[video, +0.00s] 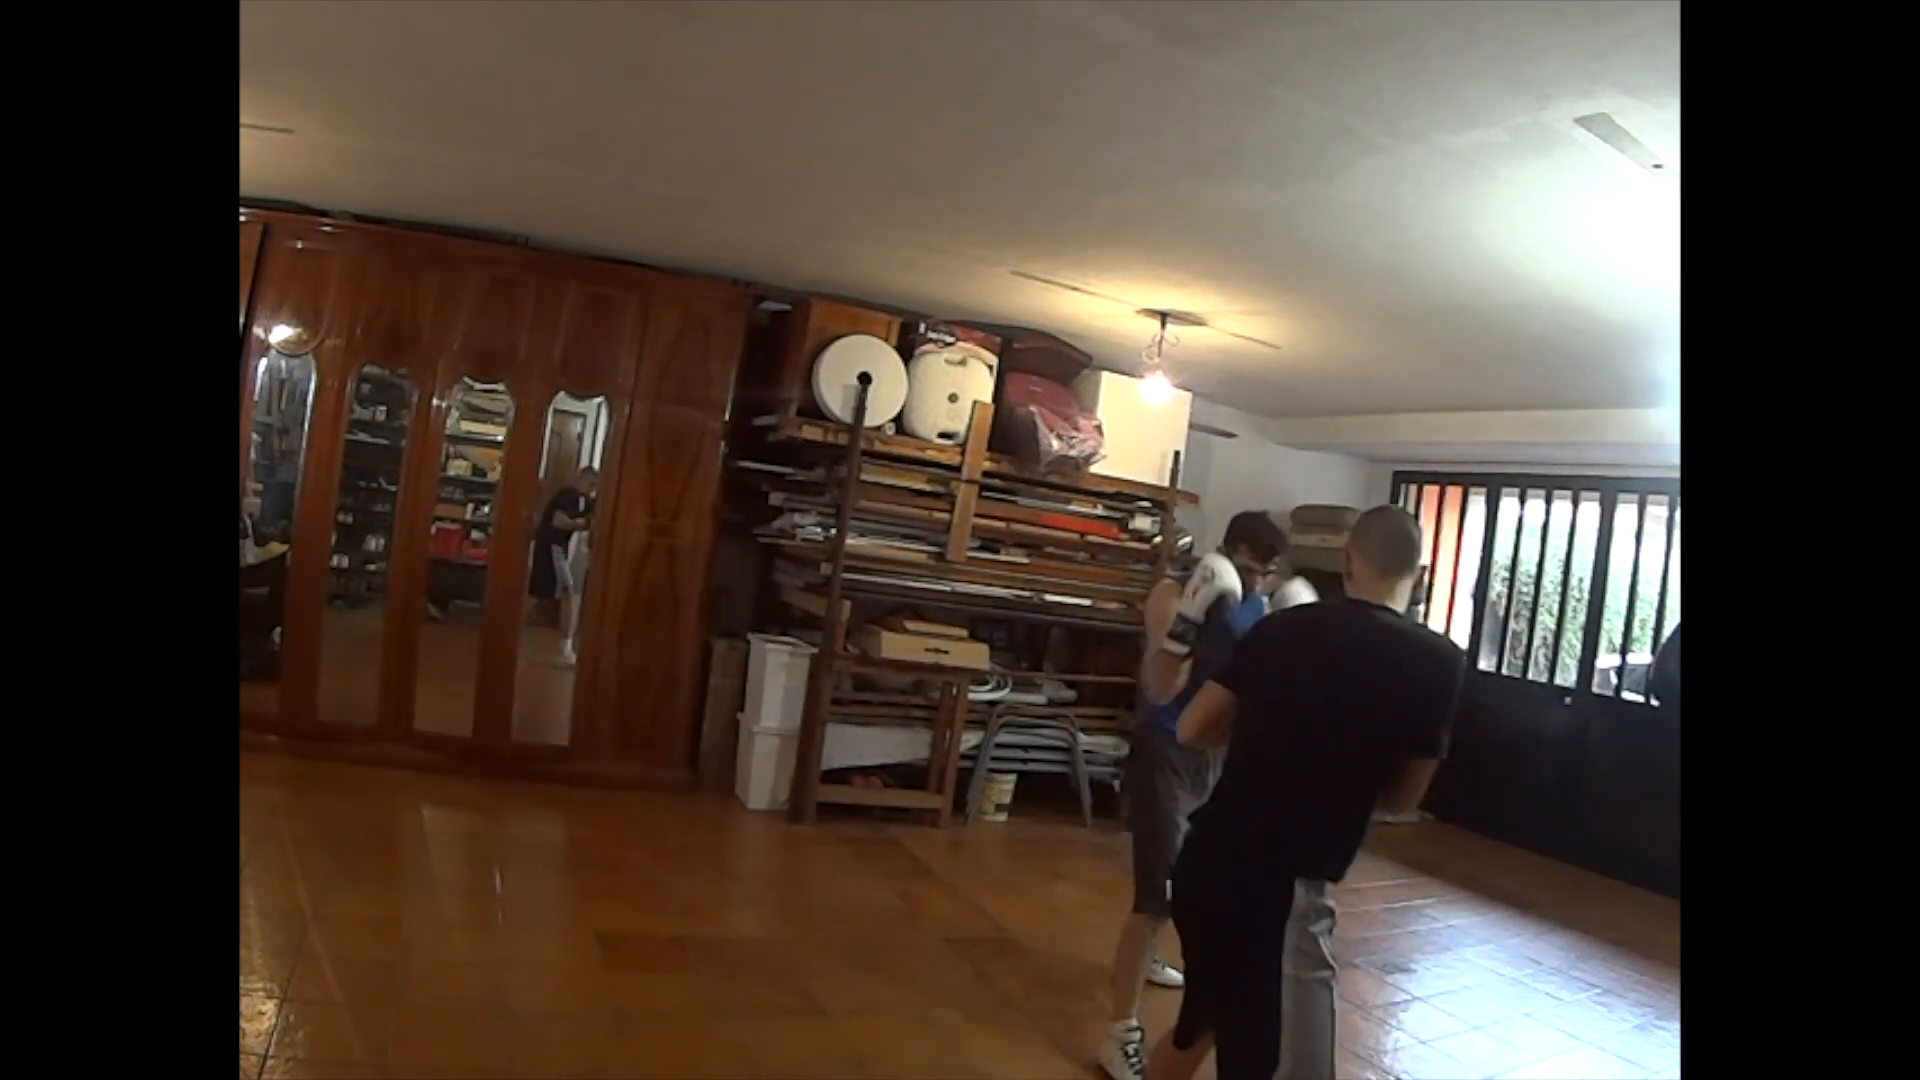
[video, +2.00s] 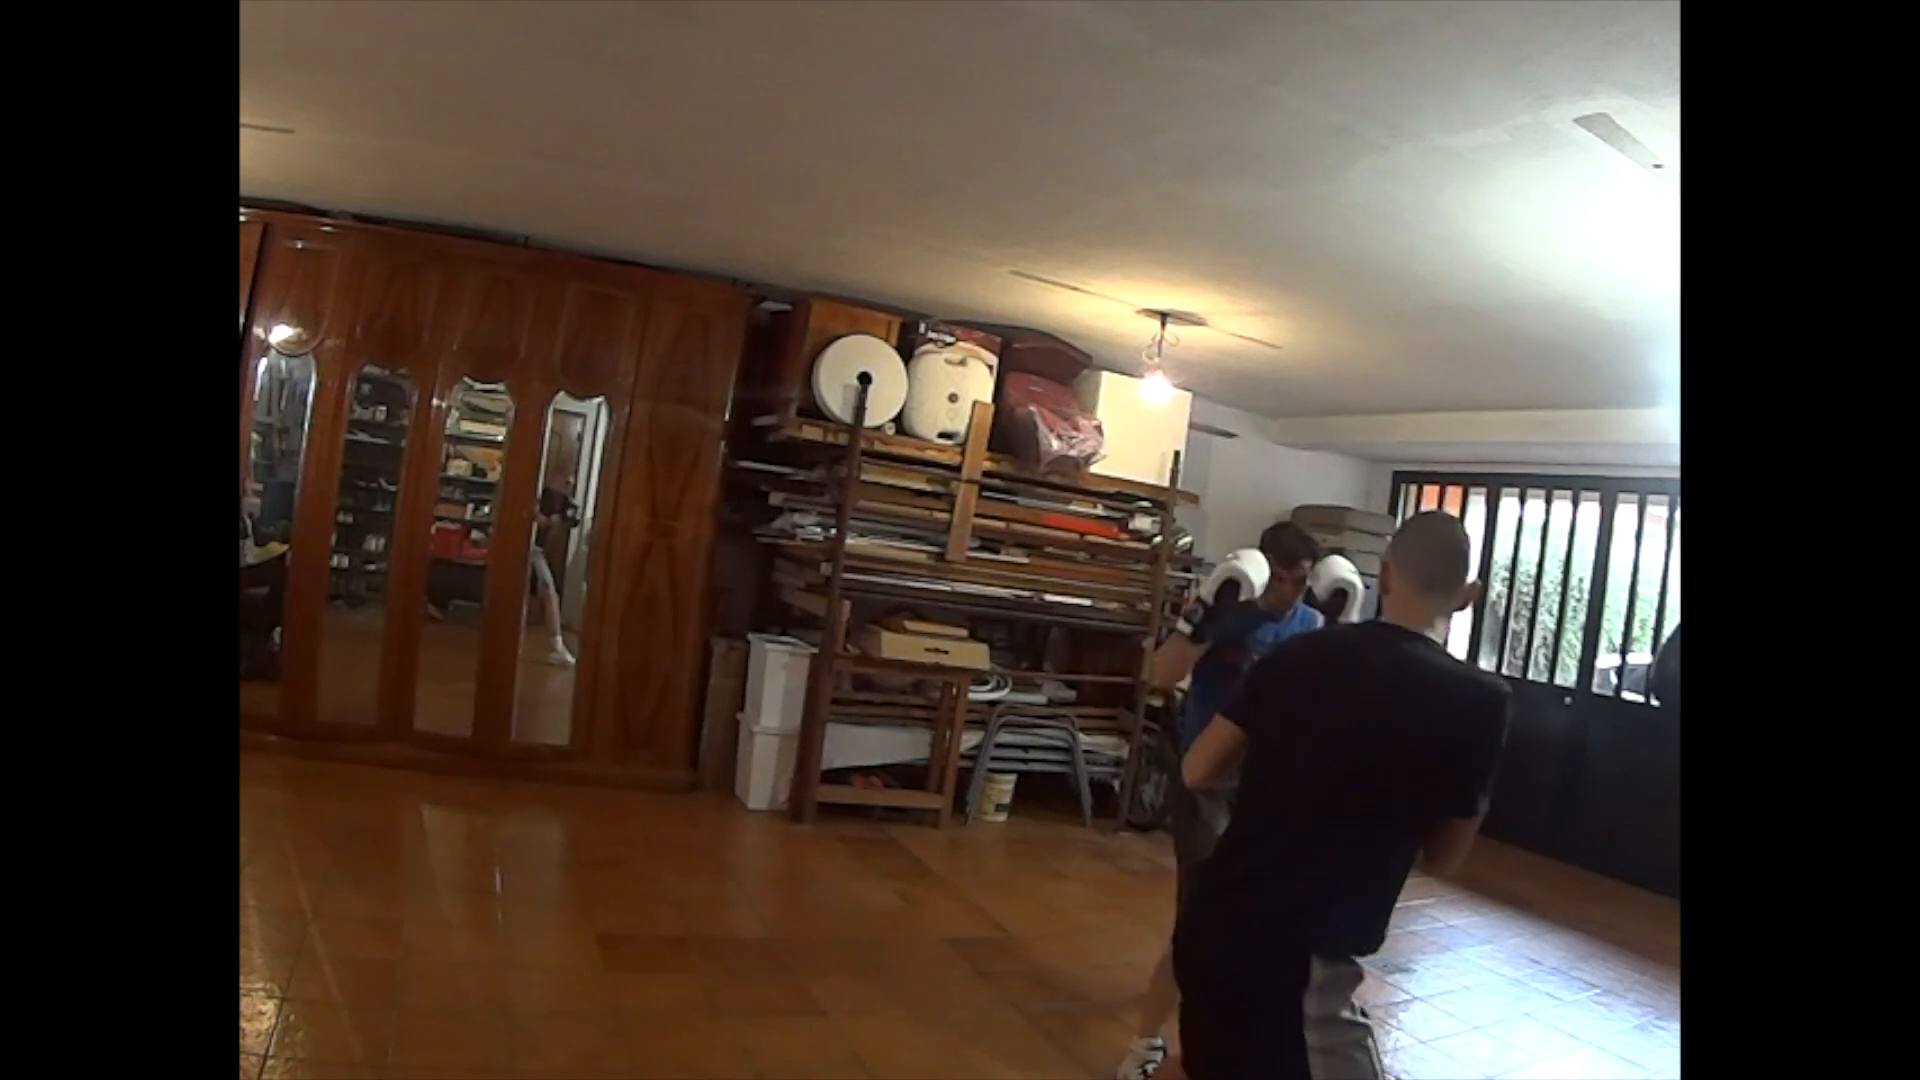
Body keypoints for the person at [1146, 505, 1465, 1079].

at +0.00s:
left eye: (1346, 556)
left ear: (1348, 560)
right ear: (1419, 571)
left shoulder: (1285, 627)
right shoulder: (1437, 660)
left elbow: (1194, 727)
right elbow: (1403, 799)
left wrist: (1264, 732)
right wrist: (1340, 769)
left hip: (1211, 858)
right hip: (1294, 892)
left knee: (1195, 1021)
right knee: (1267, 1061)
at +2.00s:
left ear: (1384, 572)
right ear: (1467, 595)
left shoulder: (1298, 655)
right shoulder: (1479, 701)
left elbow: (1198, 770)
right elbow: (1444, 857)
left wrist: (1276, 774)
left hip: (1218, 927)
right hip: (1315, 963)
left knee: (1213, 1065)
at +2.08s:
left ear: (1375, 576)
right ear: (1455, 598)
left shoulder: (1299, 656)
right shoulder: (1474, 691)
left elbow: (1200, 777)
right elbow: (1445, 856)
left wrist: (1271, 786)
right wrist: (1388, 800)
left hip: (1213, 924)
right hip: (1311, 959)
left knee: (1213, 1057)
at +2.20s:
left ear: (1371, 591)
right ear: (1447, 610)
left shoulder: (1298, 663)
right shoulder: (1460, 701)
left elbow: (1199, 749)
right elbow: (1436, 858)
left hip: (1203, 937)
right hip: (1302, 965)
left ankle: (1202, 1061)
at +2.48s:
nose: (1397, 635)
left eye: (1399, 625)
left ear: (1403, 632)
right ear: (1490, 659)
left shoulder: (1305, 704)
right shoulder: (1493, 765)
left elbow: (1197, 823)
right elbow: (1443, 924)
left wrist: (1185, 768)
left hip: (1199, 994)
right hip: (1309, 1031)